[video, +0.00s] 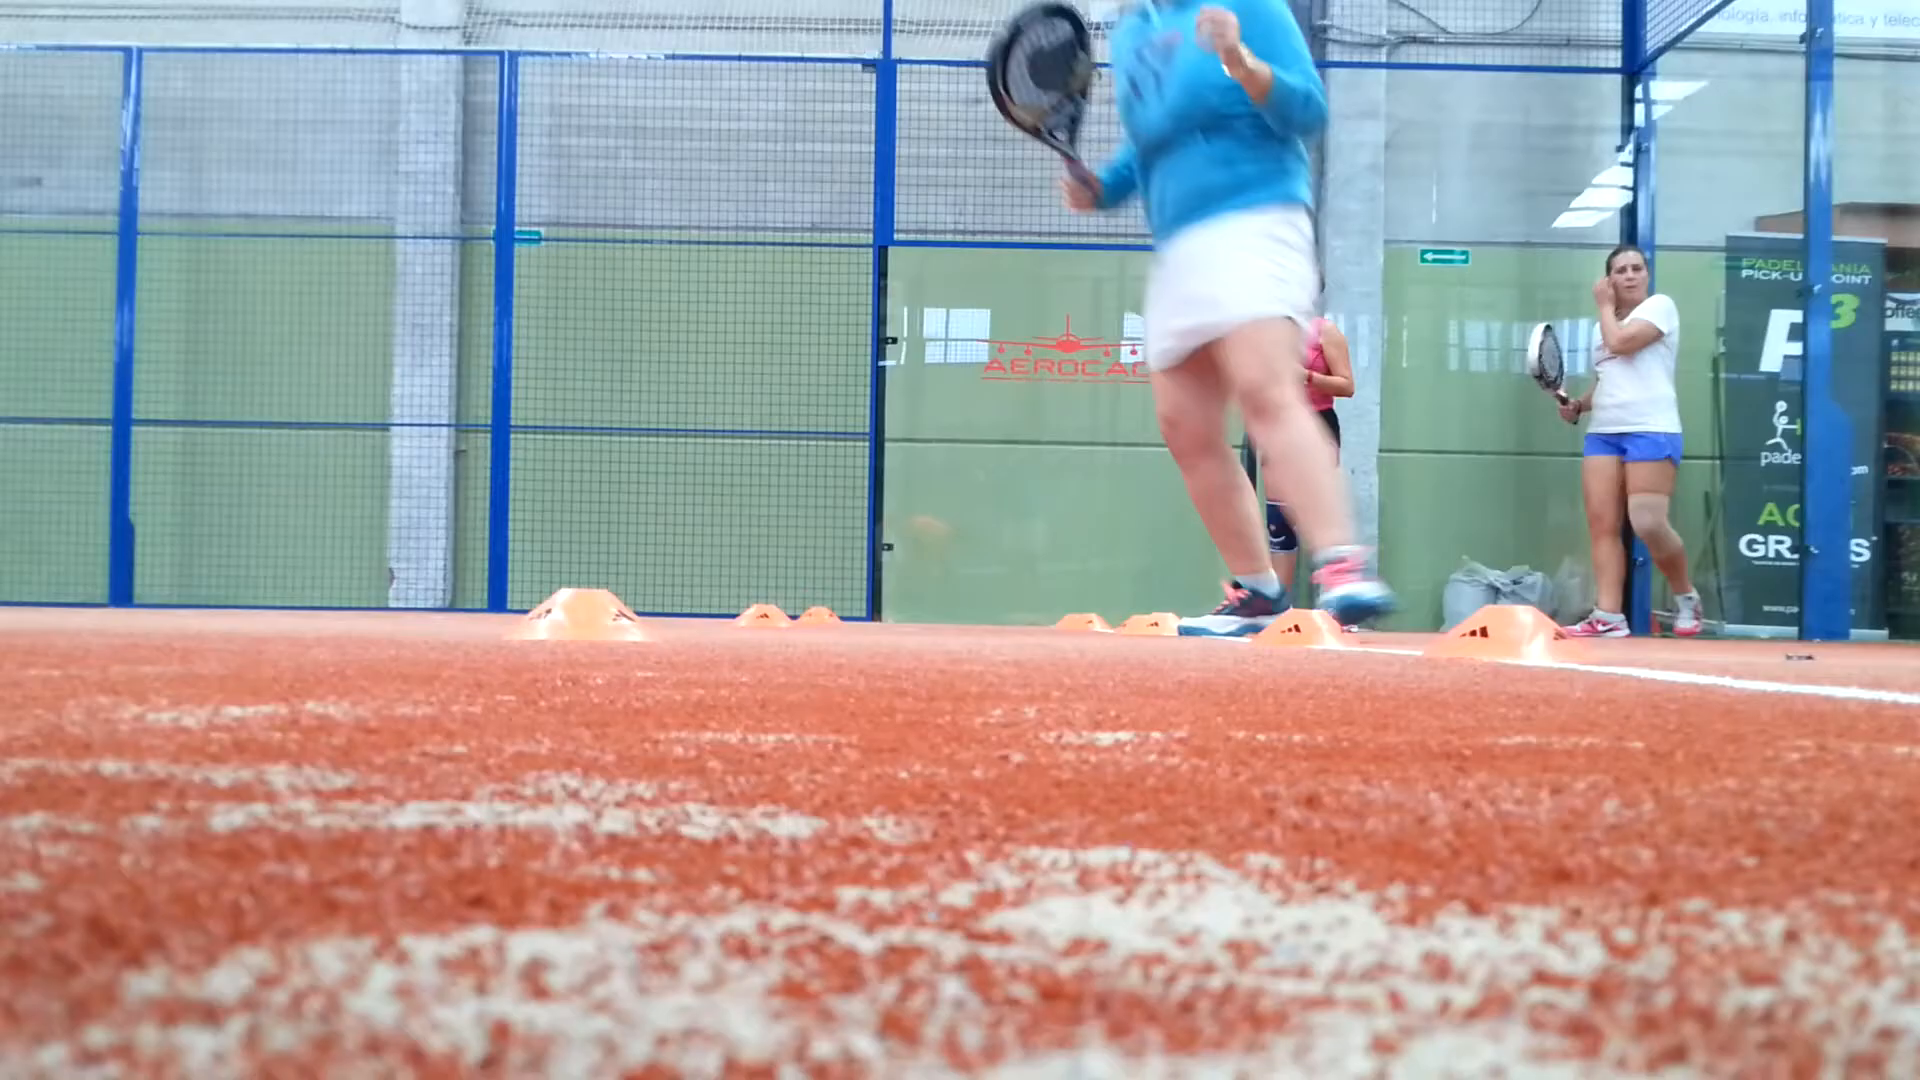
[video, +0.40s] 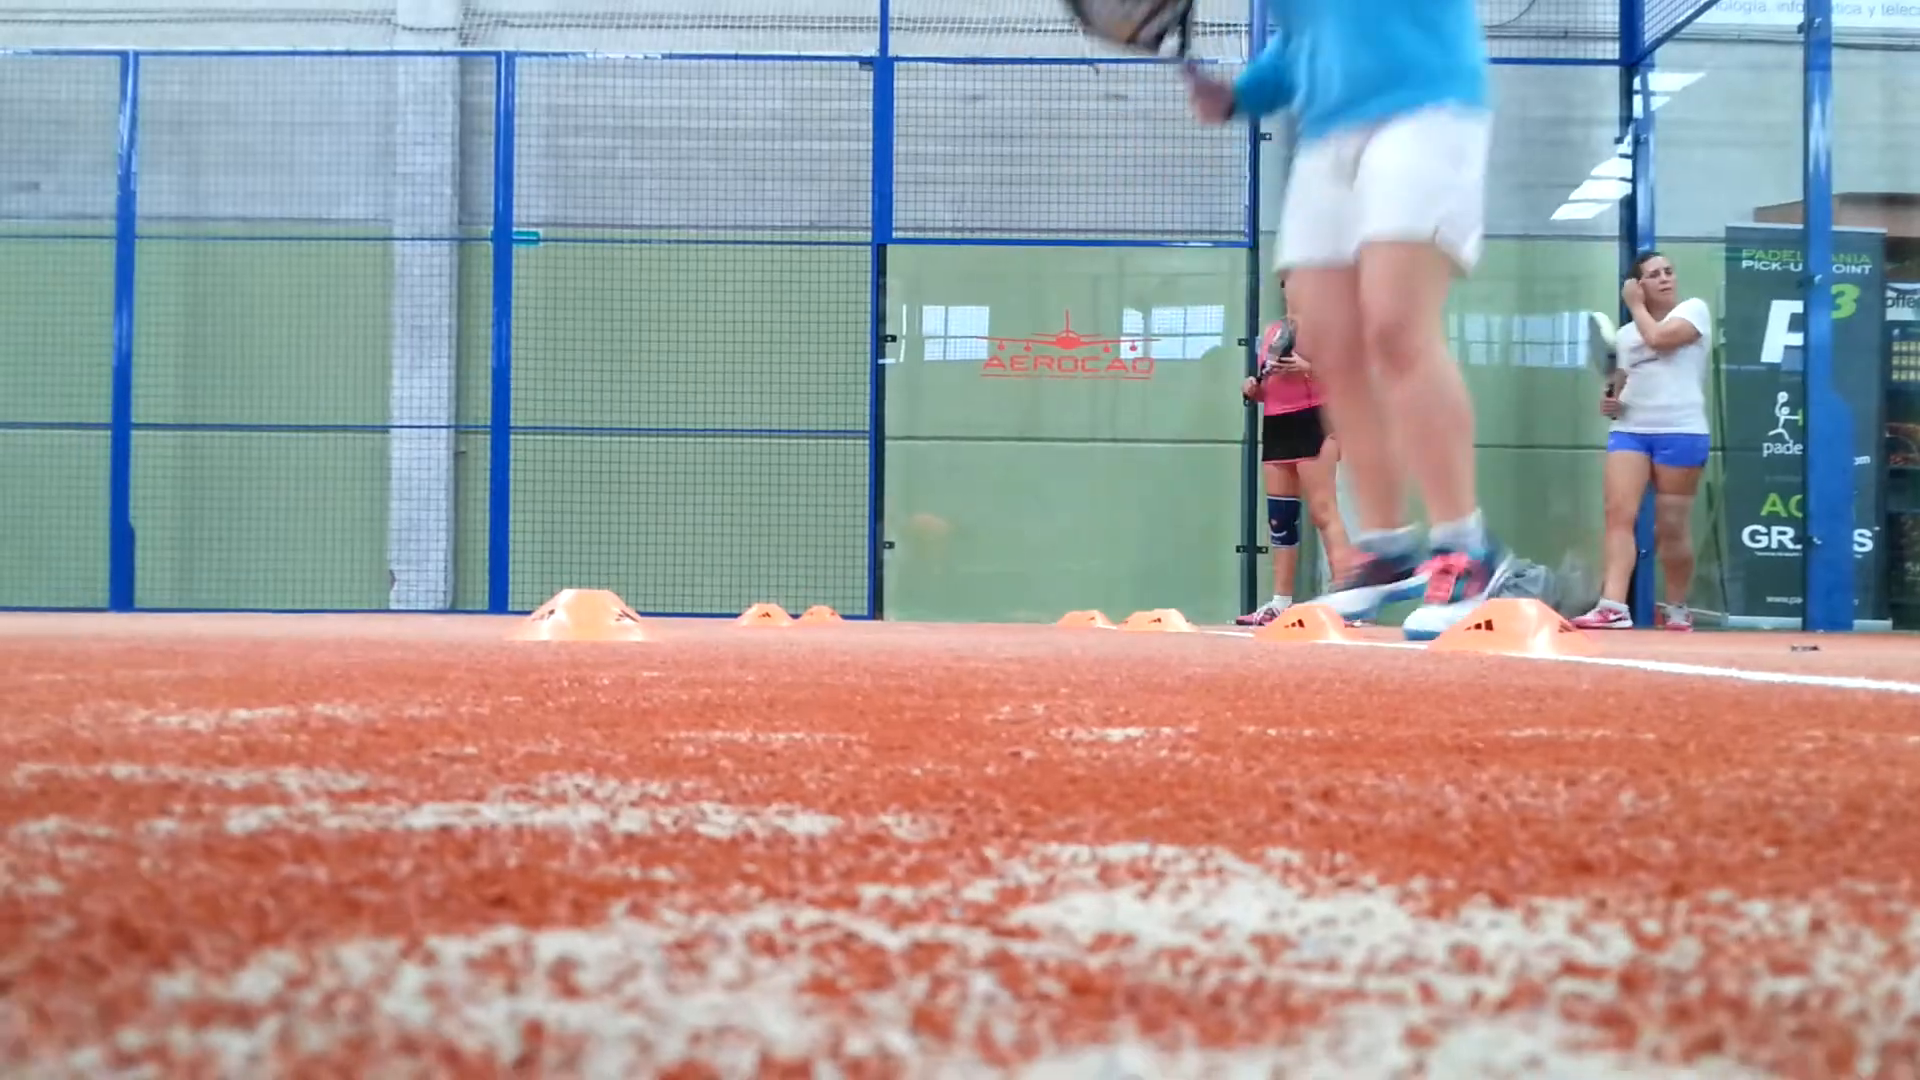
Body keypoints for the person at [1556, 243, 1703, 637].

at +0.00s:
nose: (1630, 275)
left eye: (1637, 268)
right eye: (1621, 270)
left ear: (1648, 274)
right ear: (1610, 282)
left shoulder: (1661, 307)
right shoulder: (1604, 328)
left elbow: (1619, 344)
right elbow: (1608, 385)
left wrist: (1605, 305)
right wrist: (1581, 405)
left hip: (1650, 427)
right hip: (1602, 430)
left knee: (1647, 522)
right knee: (1603, 525)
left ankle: (1685, 597)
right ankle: (1609, 615)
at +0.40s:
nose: (1664, 279)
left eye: (1667, 272)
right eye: (1654, 275)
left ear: (1676, 279)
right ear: (1641, 288)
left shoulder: (1694, 310)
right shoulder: (1626, 334)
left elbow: (1658, 339)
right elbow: (1621, 384)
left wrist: (1635, 305)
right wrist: (1610, 401)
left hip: (1680, 431)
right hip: (1630, 430)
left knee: (1671, 528)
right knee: (1618, 514)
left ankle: (1675, 609)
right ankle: (1613, 605)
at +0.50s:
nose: (1666, 288)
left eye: (1672, 280)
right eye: (1659, 282)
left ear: (1684, 282)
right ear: (1647, 288)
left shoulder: (1702, 310)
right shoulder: (1640, 323)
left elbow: (1676, 340)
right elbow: (1627, 358)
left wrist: (1649, 305)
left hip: (1685, 427)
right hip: (1640, 426)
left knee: (1679, 525)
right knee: (1629, 520)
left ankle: (1685, 614)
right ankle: (1627, 615)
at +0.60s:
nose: (1650, 383)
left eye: (1654, 376)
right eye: (1641, 378)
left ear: (1663, 378)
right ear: (1628, 386)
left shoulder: (1681, 404)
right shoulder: (1618, 422)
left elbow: (1657, 436)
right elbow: (1612, 463)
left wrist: (1629, 401)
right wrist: (1605, 492)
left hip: (1674, 521)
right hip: (1627, 522)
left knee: (1672, 617)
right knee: (1619, 613)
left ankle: (1679, 700)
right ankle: (1620, 697)